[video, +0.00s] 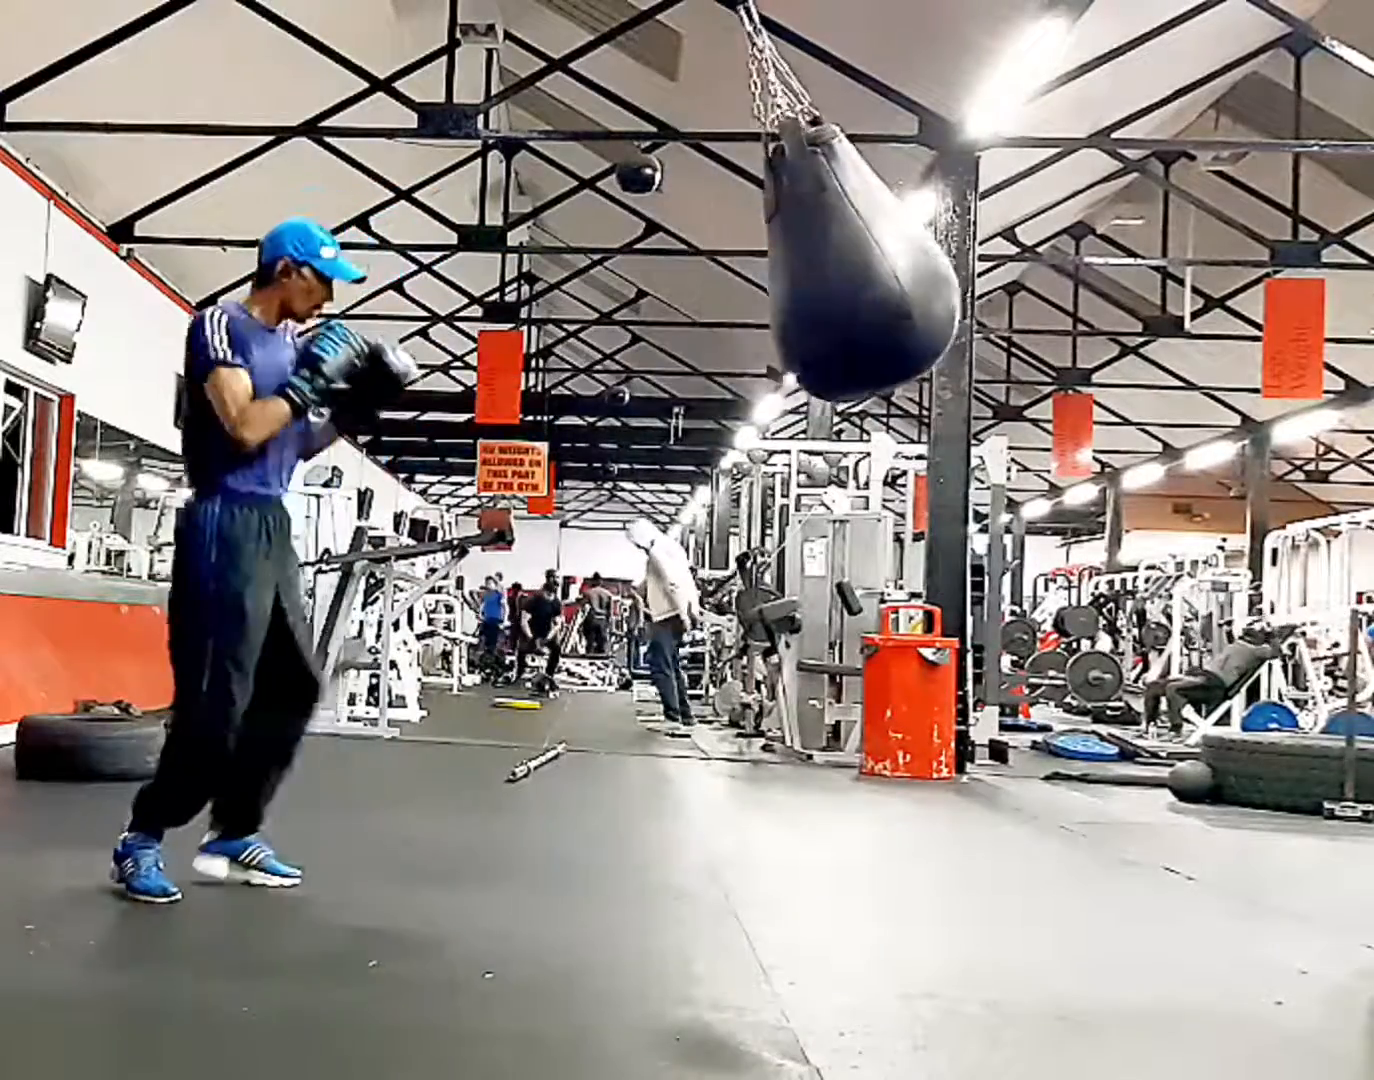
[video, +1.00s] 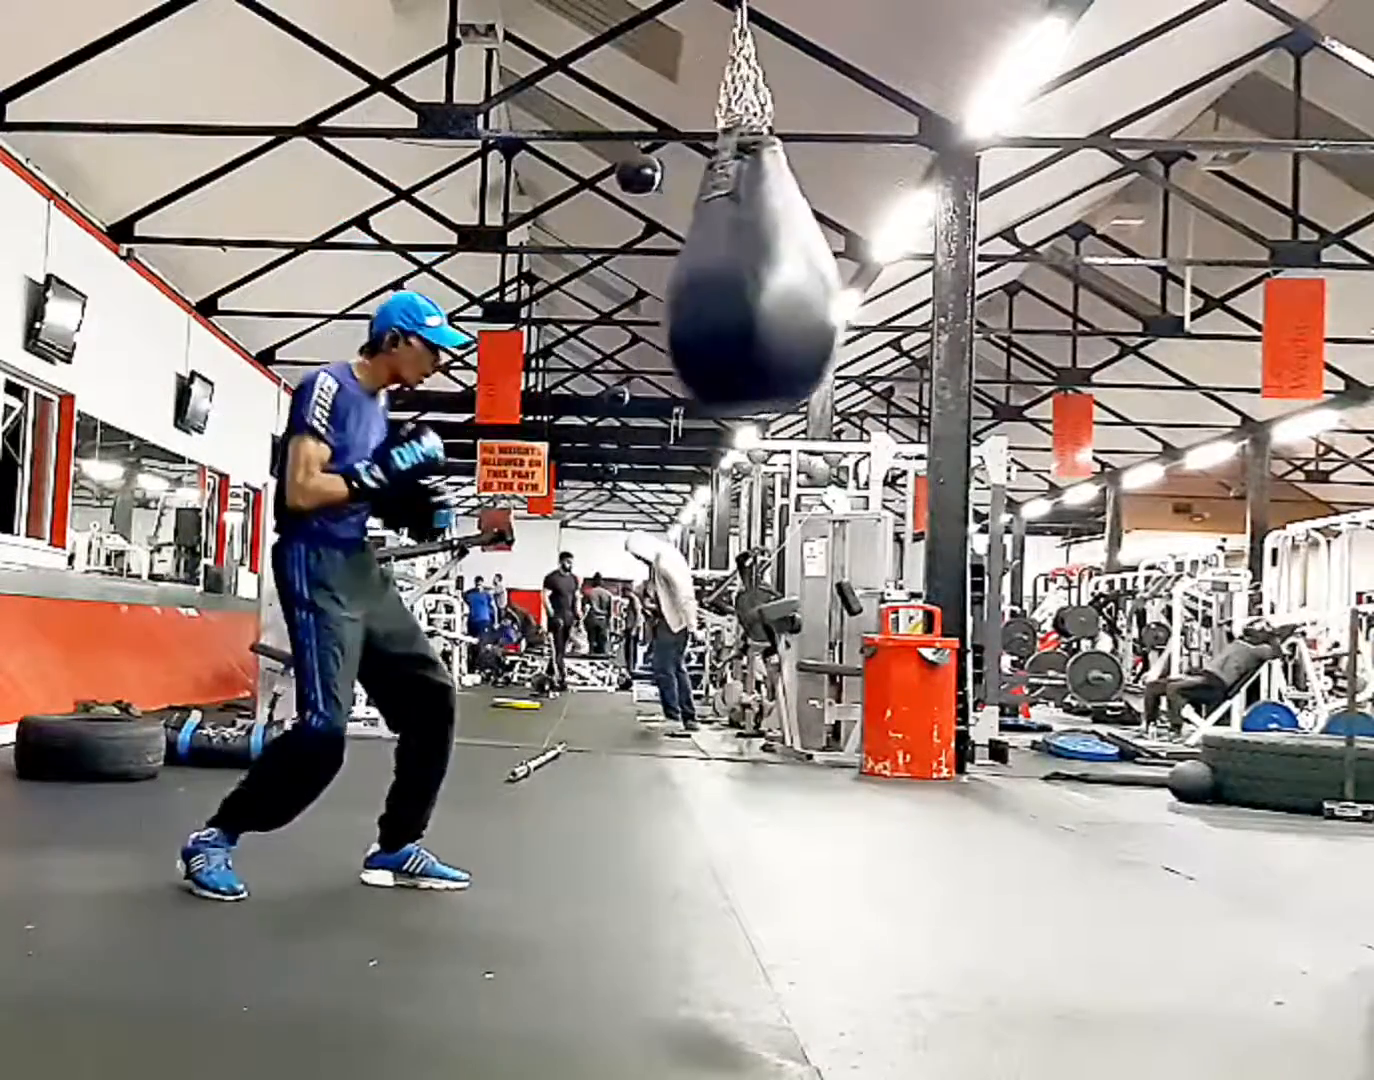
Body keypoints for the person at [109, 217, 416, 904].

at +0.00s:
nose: (330, 298)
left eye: (333, 287)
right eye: (325, 284)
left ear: (299, 278)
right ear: (288, 272)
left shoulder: (295, 343)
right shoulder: (221, 323)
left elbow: (297, 447)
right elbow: (245, 427)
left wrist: (354, 405)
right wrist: (312, 382)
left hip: (270, 528)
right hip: (221, 526)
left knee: (291, 685)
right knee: (219, 693)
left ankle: (233, 837)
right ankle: (142, 840)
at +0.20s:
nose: (356, 298)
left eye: (361, 287)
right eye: (353, 283)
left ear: (325, 275)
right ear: (318, 269)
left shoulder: (312, 339)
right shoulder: (256, 314)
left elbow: (304, 422)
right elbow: (276, 416)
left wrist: (355, 392)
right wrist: (337, 377)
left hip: (296, 517)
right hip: (251, 513)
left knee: (353, 668)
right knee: (221, 691)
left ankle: (335, 825)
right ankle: (139, 833)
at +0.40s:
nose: (402, 326)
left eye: (406, 316)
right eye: (397, 312)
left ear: (373, 309)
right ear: (363, 302)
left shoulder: (357, 369)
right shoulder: (309, 343)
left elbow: (388, 449)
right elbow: (324, 408)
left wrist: (453, 415)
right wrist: (387, 376)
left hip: (324, 543)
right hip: (295, 538)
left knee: (353, 697)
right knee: (258, 714)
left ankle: (389, 847)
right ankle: (147, 829)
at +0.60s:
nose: (441, 319)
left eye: (445, 309)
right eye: (439, 306)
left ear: (412, 297)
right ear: (406, 293)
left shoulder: (385, 351)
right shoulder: (351, 332)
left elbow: (392, 429)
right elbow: (411, 388)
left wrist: (455, 391)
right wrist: (478, 364)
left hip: (377, 531)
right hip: (339, 527)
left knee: (406, 691)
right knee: (292, 687)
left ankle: (394, 845)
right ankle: (176, 821)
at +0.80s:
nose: (442, 332)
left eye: (447, 322)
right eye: (438, 317)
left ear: (424, 312)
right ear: (408, 300)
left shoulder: (413, 375)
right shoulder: (340, 345)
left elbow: (456, 430)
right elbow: (313, 446)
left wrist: (509, 413)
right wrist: (391, 429)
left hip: (381, 533)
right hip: (334, 525)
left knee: (411, 693)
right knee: (327, 696)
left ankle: (394, 845)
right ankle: (219, 819)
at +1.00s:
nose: (438, 364)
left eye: (441, 353)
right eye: (433, 351)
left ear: (404, 346)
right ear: (398, 341)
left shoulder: (377, 410)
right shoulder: (325, 387)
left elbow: (351, 494)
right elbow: (299, 490)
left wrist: (405, 515)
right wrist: (380, 474)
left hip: (364, 570)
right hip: (315, 570)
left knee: (430, 701)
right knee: (321, 734)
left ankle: (396, 847)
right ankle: (212, 841)